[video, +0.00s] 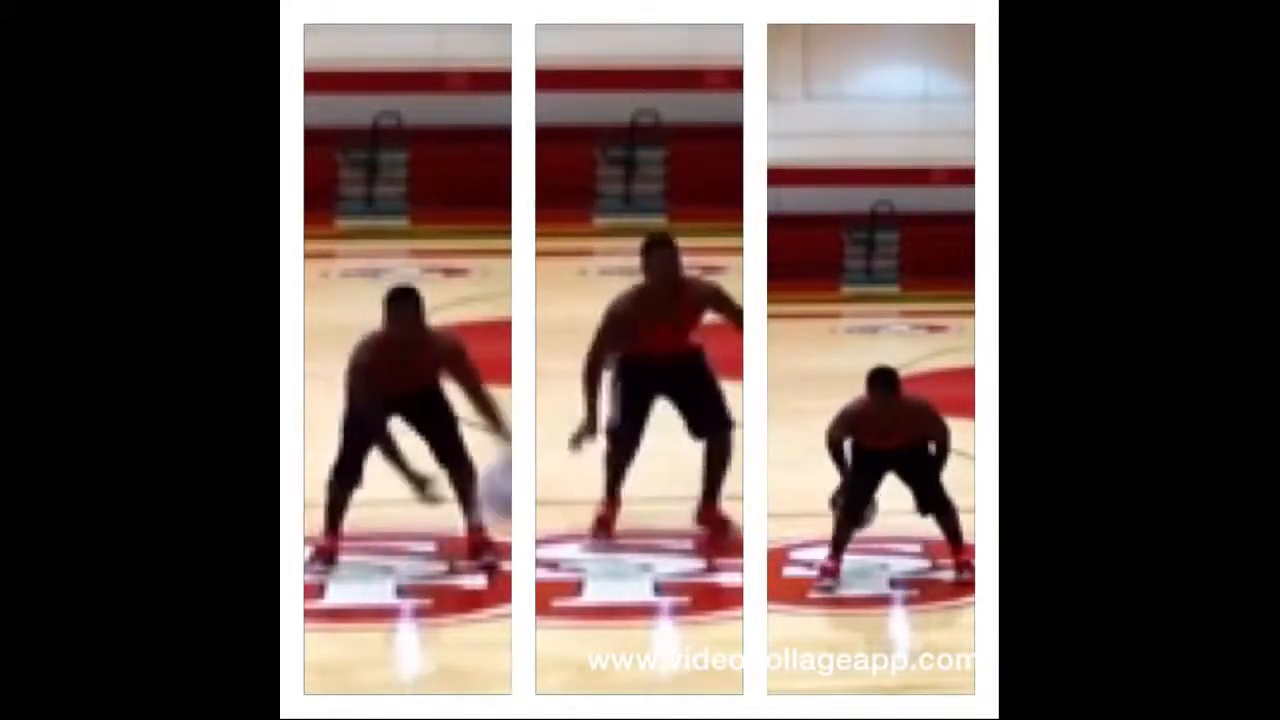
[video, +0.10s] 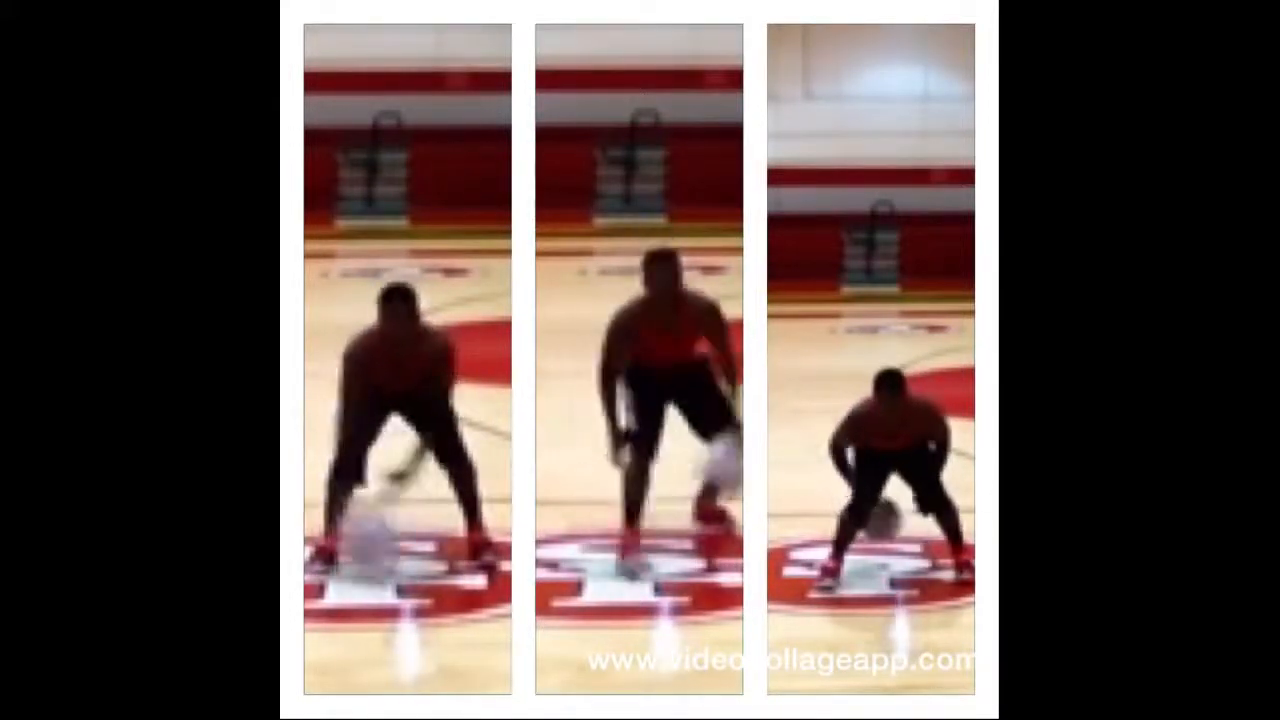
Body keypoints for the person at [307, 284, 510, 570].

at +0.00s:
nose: (405, 330)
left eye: (412, 320)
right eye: (398, 321)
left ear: (422, 318)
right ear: (387, 320)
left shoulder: (441, 347)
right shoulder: (368, 356)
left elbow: (474, 390)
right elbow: (375, 428)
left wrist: (501, 429)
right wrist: (412, 477)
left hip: (420, 396)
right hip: (371, 402)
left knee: (460, 464)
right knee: (346, 472)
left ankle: (476, 533)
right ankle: (330, 539)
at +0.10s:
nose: (399, 332)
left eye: (406, 321)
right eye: (391, 322)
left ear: (416, 317)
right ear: (380, 318)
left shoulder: (437, 348)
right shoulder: (361, 352)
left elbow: (438, 415)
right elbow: (350, 414)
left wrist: (410, 466)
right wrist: (351, 463)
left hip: (421, 398)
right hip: (372, 399)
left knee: (459, 463)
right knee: (345, 466)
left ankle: (476, 534)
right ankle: (329, 539)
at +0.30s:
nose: (395, 333)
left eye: (402, 324)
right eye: (388, 324)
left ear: (412, 320)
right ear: (377, 321)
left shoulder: (432, 347)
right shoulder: (358, 349)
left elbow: (422, 422)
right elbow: (338, 397)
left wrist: (388, 462)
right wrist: (321, 442)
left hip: (424, 398)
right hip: (374, 398)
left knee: (455, 461)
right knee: (347, 459)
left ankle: (477, 534)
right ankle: (328, 542)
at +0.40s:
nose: (400, 335)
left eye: (407, 325)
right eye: (393, 325)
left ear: (417, 319)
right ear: (382, 321)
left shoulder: (439, 346)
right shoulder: (364, 355)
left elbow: (451, 409)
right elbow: (366, 425)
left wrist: (445, 453)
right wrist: (399, 470)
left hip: (428, 398)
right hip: (377, 402)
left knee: (459, 463)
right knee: (347, 465)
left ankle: (477, 536)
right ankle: (330, 539)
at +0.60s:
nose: (402, 335)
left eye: (409, 325)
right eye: (395, 326)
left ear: (420, 319)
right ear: (384, 321)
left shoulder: (441, 343)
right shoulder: (365, 353)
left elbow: (464, 392)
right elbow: (371, 425)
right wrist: (406, 474)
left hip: (423, 394)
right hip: (375, 398)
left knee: (455, 457)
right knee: (348, 465)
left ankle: (478, 536)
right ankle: (330, 538)